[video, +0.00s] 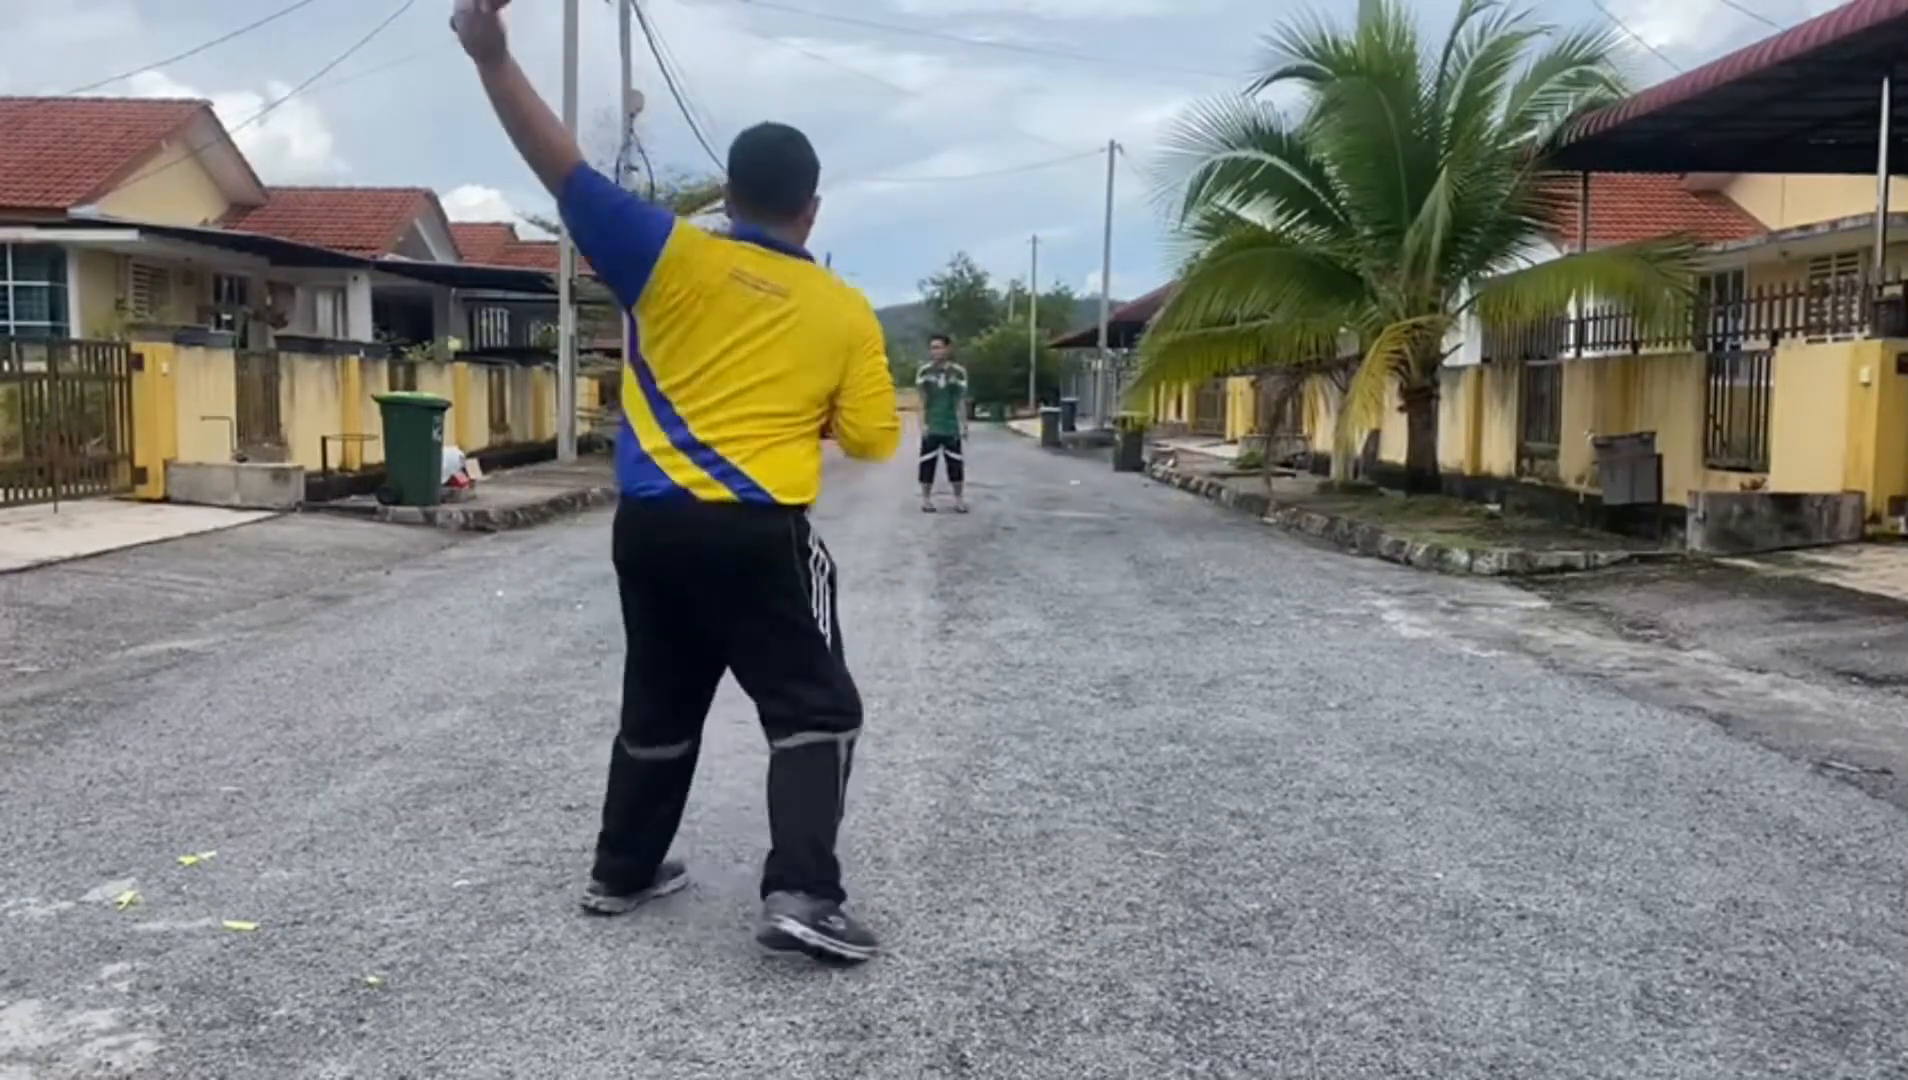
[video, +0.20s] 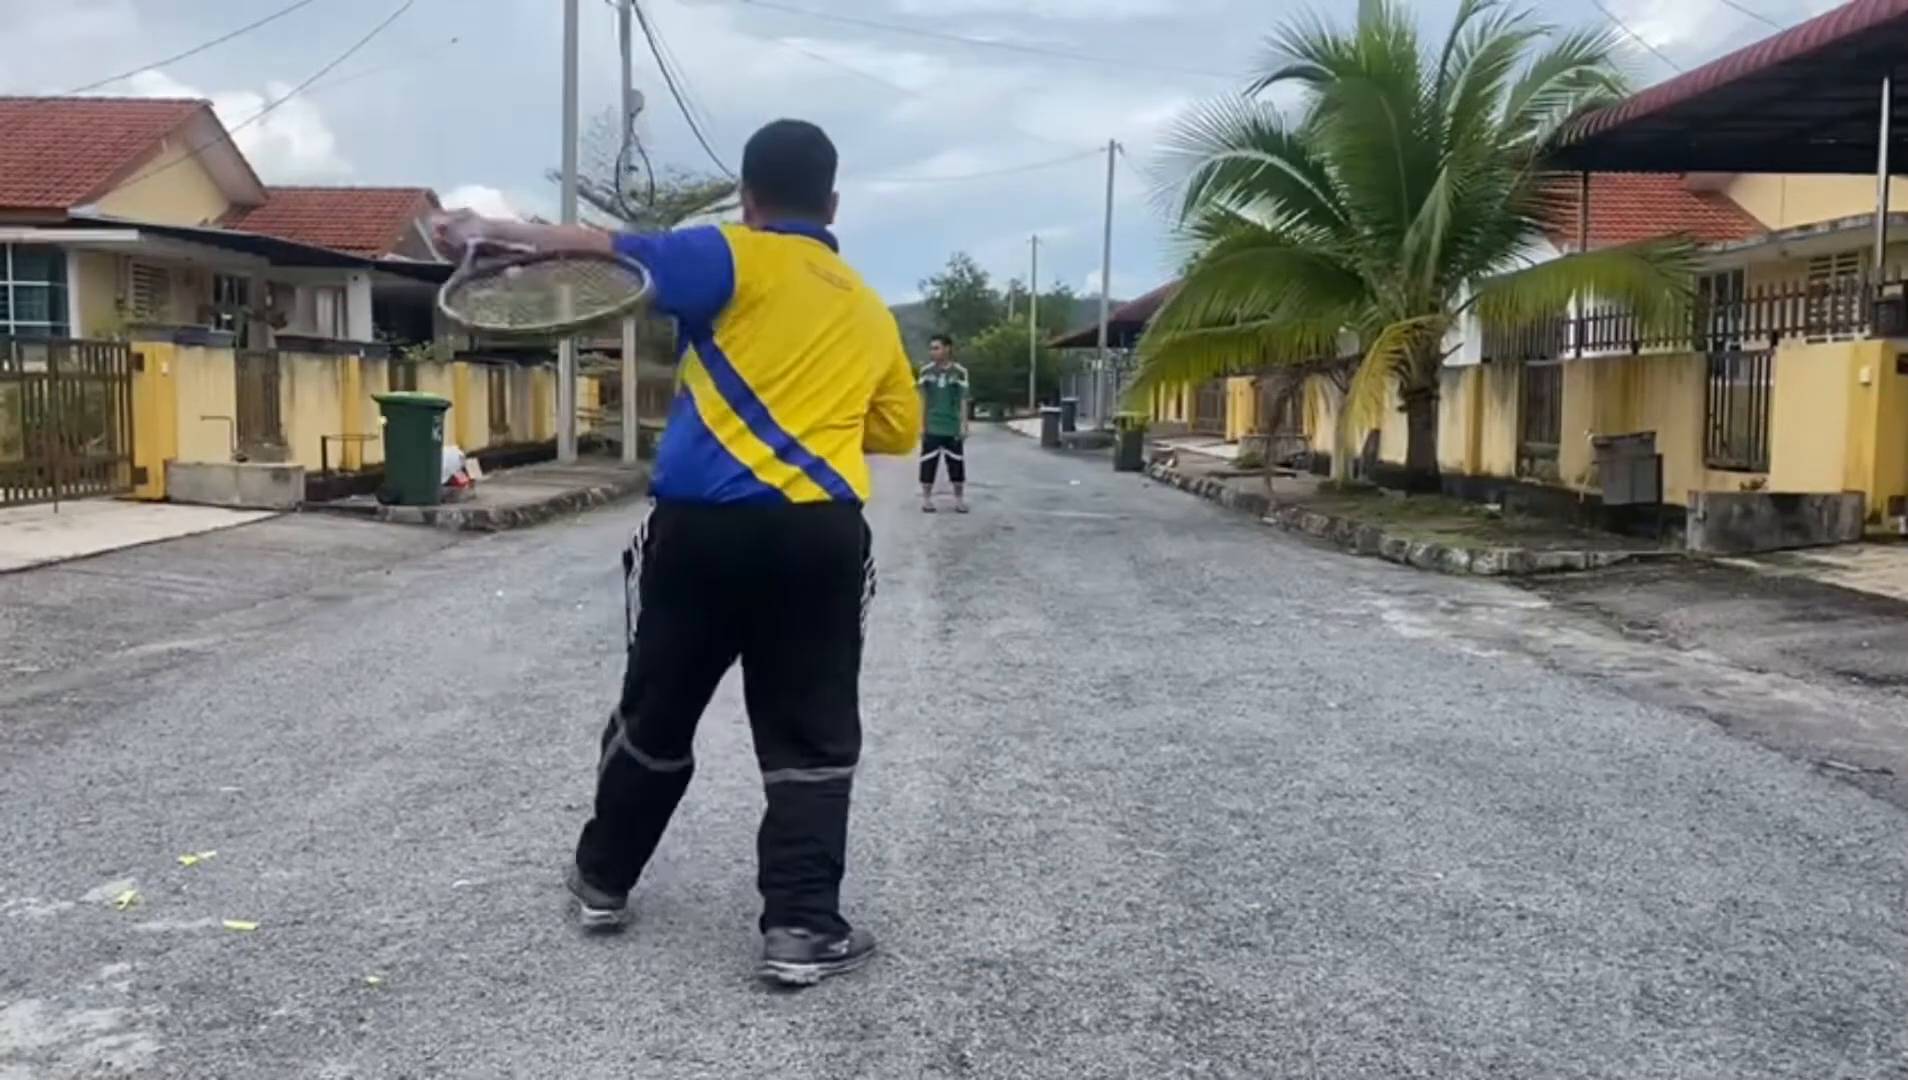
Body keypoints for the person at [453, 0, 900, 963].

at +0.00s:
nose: (807, 205)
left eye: (776, 188)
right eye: (810, 194)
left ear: (726, 194)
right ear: (810, 207)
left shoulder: (669, 250)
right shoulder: (844, 310)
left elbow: (565, 171)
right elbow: (872, 437)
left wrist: (493, 58)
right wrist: (811, 405)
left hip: (649, 525)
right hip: (755, 535)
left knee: (659, 703)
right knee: (813, 709)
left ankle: (623, 870)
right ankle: (800, 892)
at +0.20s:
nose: (742, 209)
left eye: (743, 197)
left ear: (750, 195)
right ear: (832, 202)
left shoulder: (731, 250)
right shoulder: (867, 307)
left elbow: (608, 244)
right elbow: (899, 431)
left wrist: (488, 233)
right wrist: (812, 409)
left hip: (701, 527)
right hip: (818, 538)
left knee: (657, 712)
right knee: (811, 734)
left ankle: (603, 882)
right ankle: (799, 927)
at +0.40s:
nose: (725, 194)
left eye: (726, 182)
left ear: (734, 182)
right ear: (821, 188)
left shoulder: (723, 253)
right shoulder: (861, 295)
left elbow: (681, 365)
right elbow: (882, 427)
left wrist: (624, 463)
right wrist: (782, 417)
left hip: (704, 536)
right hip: (826, 546)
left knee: (644, 731)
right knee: (812, 743)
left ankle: (620, 922)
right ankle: (800, 929)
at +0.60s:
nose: (669, 194)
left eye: (669, 180)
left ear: (679, 181)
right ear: (767, 187)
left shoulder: (681, 258)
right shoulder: (799, 288)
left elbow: (653, 389)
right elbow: (852, 428)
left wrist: (584, 505)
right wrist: (785, 500)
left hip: (695, 544)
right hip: (806, 543)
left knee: (664, 765)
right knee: (795, 742)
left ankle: (661, 1010)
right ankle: (803, 928)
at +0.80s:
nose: (621, 181)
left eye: (621, 166)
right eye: (629, 167)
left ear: (632, 168)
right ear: (721, 169)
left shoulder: (660, 232)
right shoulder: (749, 257)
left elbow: (632, 326)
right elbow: (734, 388)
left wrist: (511, 420)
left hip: (690, 527)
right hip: (795, 522)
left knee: (662, 761)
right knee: (795, 713)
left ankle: (657, 1011)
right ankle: (812, 900)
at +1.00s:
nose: (630, 182)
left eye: (633, 170)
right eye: (635, 171)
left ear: (646, 174)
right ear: (737, 179)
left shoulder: (643, 249)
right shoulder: (788, 279)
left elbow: (576, 344)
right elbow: (828, 420)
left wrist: (476, 415)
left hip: (689, 531)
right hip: (805, 529)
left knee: (668, 761)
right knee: (786, 730)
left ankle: (661, 1012)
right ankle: (765, 919)